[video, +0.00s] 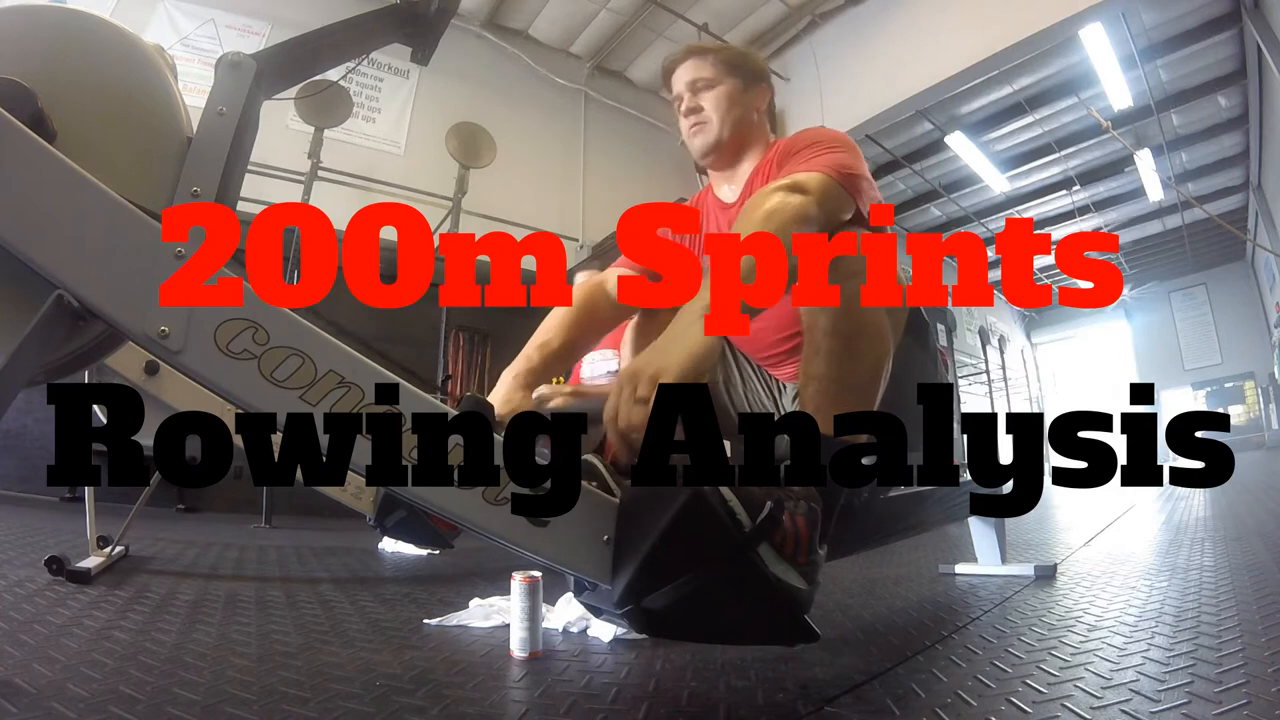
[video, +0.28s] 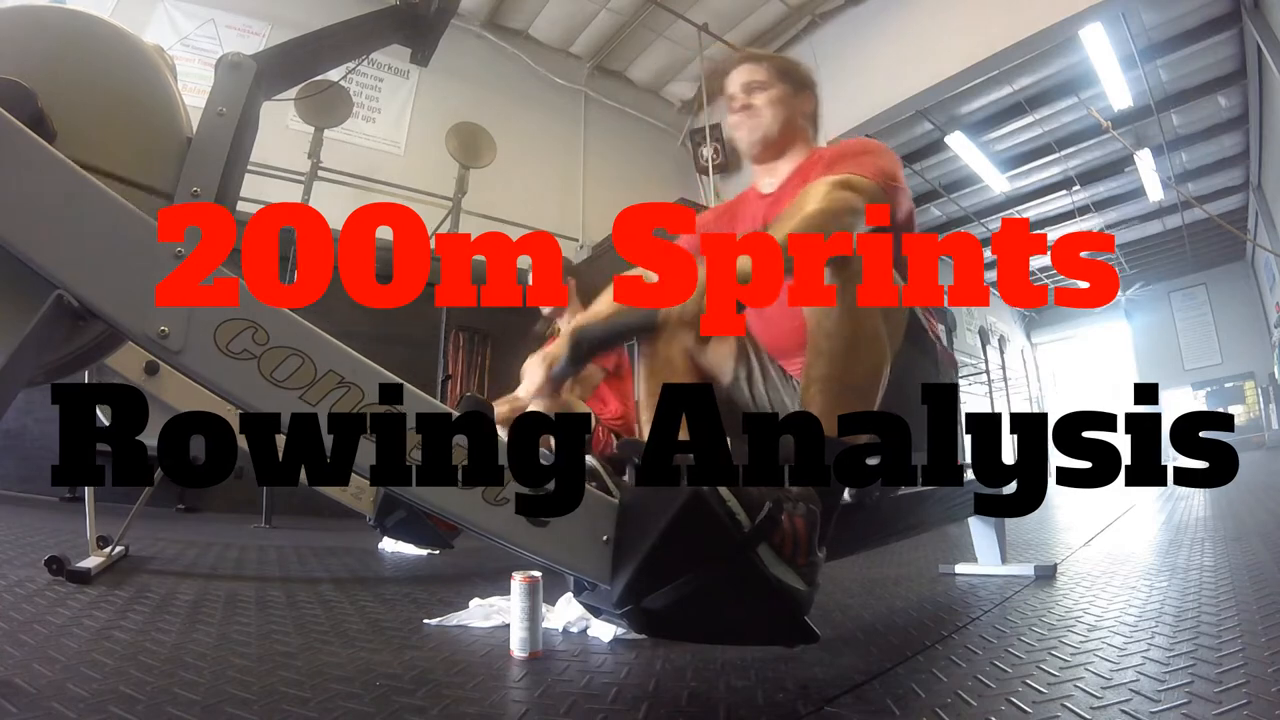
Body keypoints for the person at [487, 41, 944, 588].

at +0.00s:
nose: (685, 107)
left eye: (702, 87)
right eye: (677, 104)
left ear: (762, 96)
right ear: (679, 133)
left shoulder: (818, 148)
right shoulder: (691, 214)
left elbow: (788, 220)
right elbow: (606, 287)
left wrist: (669, 351)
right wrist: (516, 377)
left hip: (831, 391)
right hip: (737, 393)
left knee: (848, 264)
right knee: (655, 304)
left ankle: (806, 500)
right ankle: (641, 489)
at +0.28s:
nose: (739, 105)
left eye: (756, 90)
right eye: (730, 101)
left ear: (803, 105)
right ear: (727, 126)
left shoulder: (858, 158)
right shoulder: (721, 218)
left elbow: (828, 217)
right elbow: (648, 280)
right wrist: (568, 346)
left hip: (850, 382)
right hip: (764, 384)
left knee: (840, 238)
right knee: (654, 308)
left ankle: (809, 493)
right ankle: (672, 498)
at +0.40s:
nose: (769, 111)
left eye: (785, 96)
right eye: (759, 108)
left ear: (828, 107)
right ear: (755, 132)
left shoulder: (884, 159)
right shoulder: (754, 213)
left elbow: (865, 199)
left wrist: (771, 216)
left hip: (892, 374)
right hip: (794, 380)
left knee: (854, 262)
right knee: (683, 332)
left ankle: (810, 499)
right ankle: (680, 506)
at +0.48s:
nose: (798, 122)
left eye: (813, 108)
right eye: (789, 119)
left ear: (856, 118)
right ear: (784, 140)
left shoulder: (904, 164)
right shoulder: (789, 217)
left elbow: (884, 191)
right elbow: (728, 279)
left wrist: (808, 189)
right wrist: (730, 215)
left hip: (901, 370)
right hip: (811, 371)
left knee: (870, 275)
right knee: (700, 337)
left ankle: (823, 468)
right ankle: (685, 481)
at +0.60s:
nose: (819, 131)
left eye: (834, 118)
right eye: (810, 128)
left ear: (873, 129)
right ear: (805, 148)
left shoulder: (917, 173)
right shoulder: (801, 225)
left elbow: (901, 201)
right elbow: (726, 267)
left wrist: (828, 198)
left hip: (932, 386)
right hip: (831, 384)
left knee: (875, 300)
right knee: (715, 348)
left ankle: (812, 506)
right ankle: (677, 510)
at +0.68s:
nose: (839, 142)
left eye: (853, 130)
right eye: (830, 138)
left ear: (888, 141)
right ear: (825, 157)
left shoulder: (931, 182)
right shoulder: (815, 234)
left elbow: (917, 204)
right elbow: (743, 267)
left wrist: (852, 202)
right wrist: (668, 286)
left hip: (940, 374)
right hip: (841, 377)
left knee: (880, 313)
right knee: (730, 357)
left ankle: (816, 505)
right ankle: (683, 492)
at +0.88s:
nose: (883, 176)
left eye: (897, 165)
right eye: (873, 171)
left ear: (927, 173)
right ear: (867, 188)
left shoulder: (965, 215)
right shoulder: (855, 253)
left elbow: (961, 229)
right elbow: (798, 280)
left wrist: (910, 220)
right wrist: (740, 288)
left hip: (958, 381)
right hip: (868, 383)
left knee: (903, 362)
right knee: (768, 395)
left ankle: (809, 511)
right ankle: (683, 497)